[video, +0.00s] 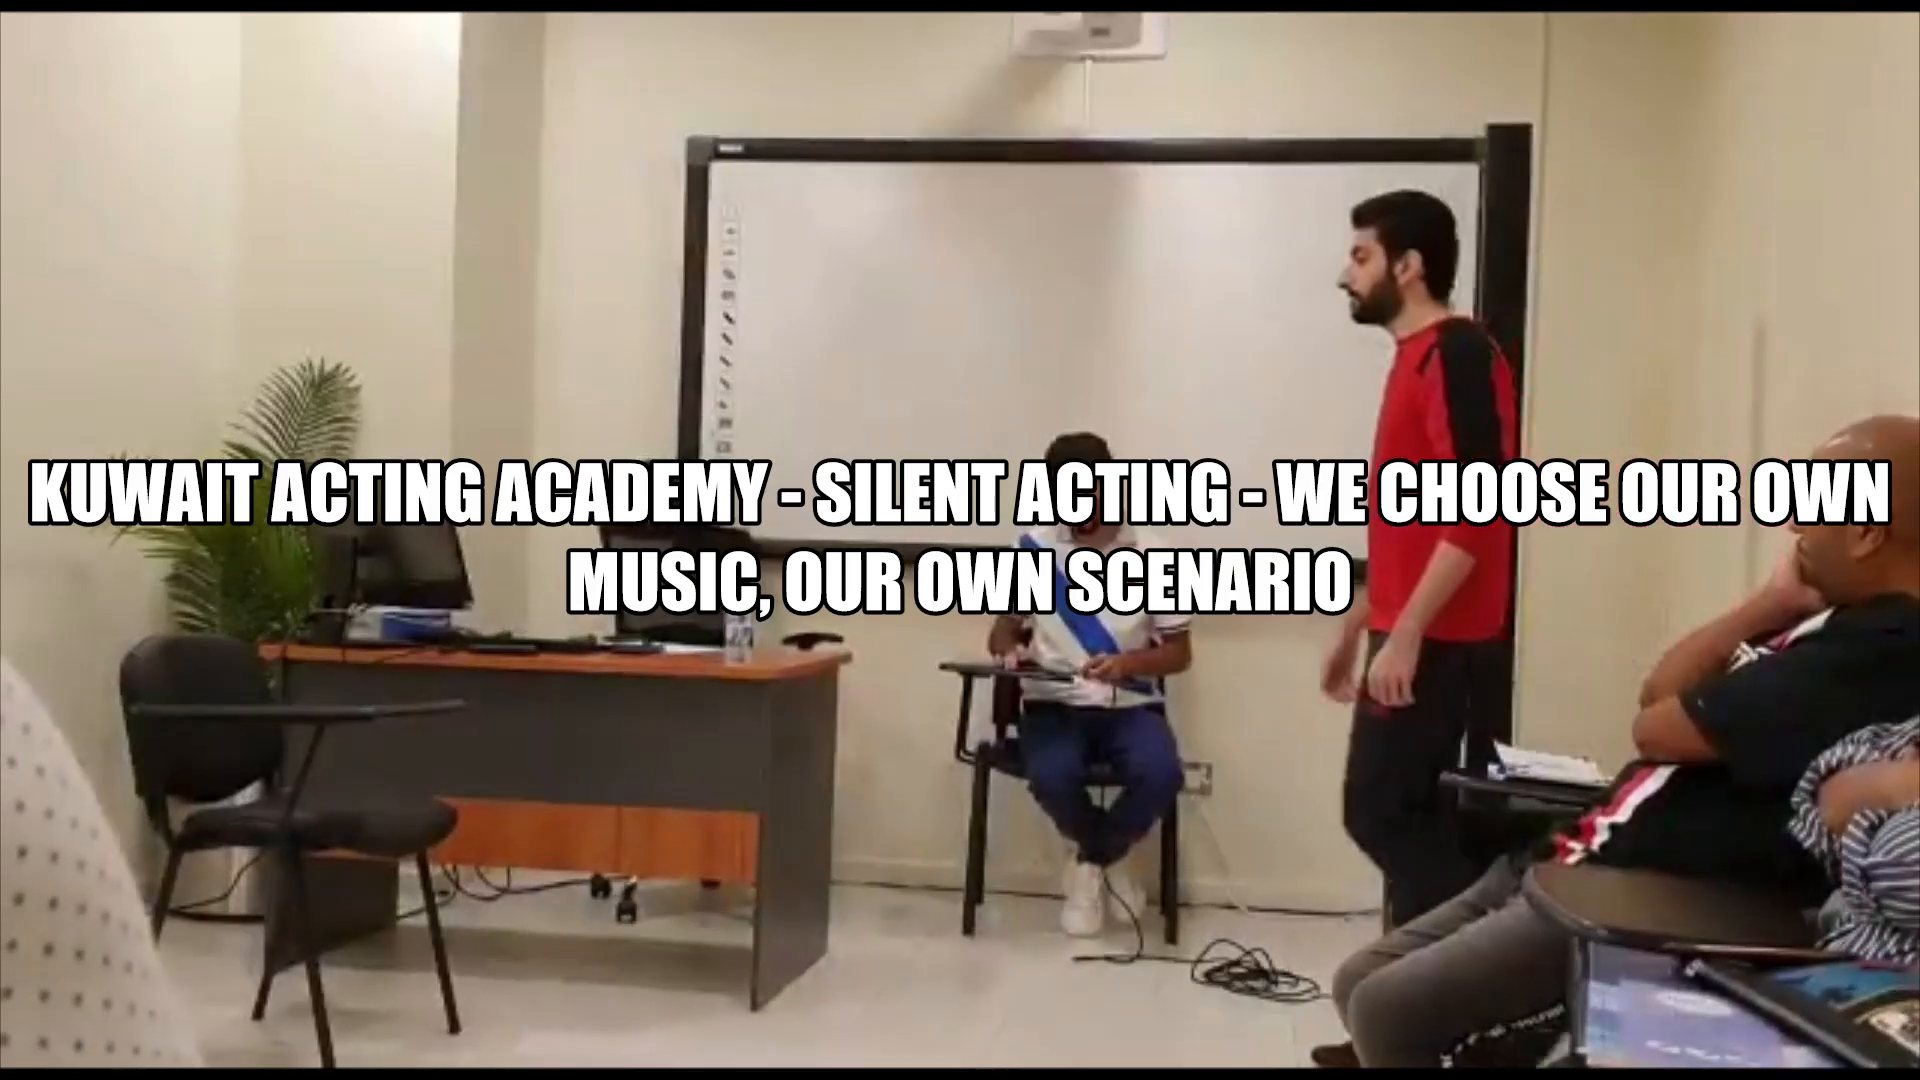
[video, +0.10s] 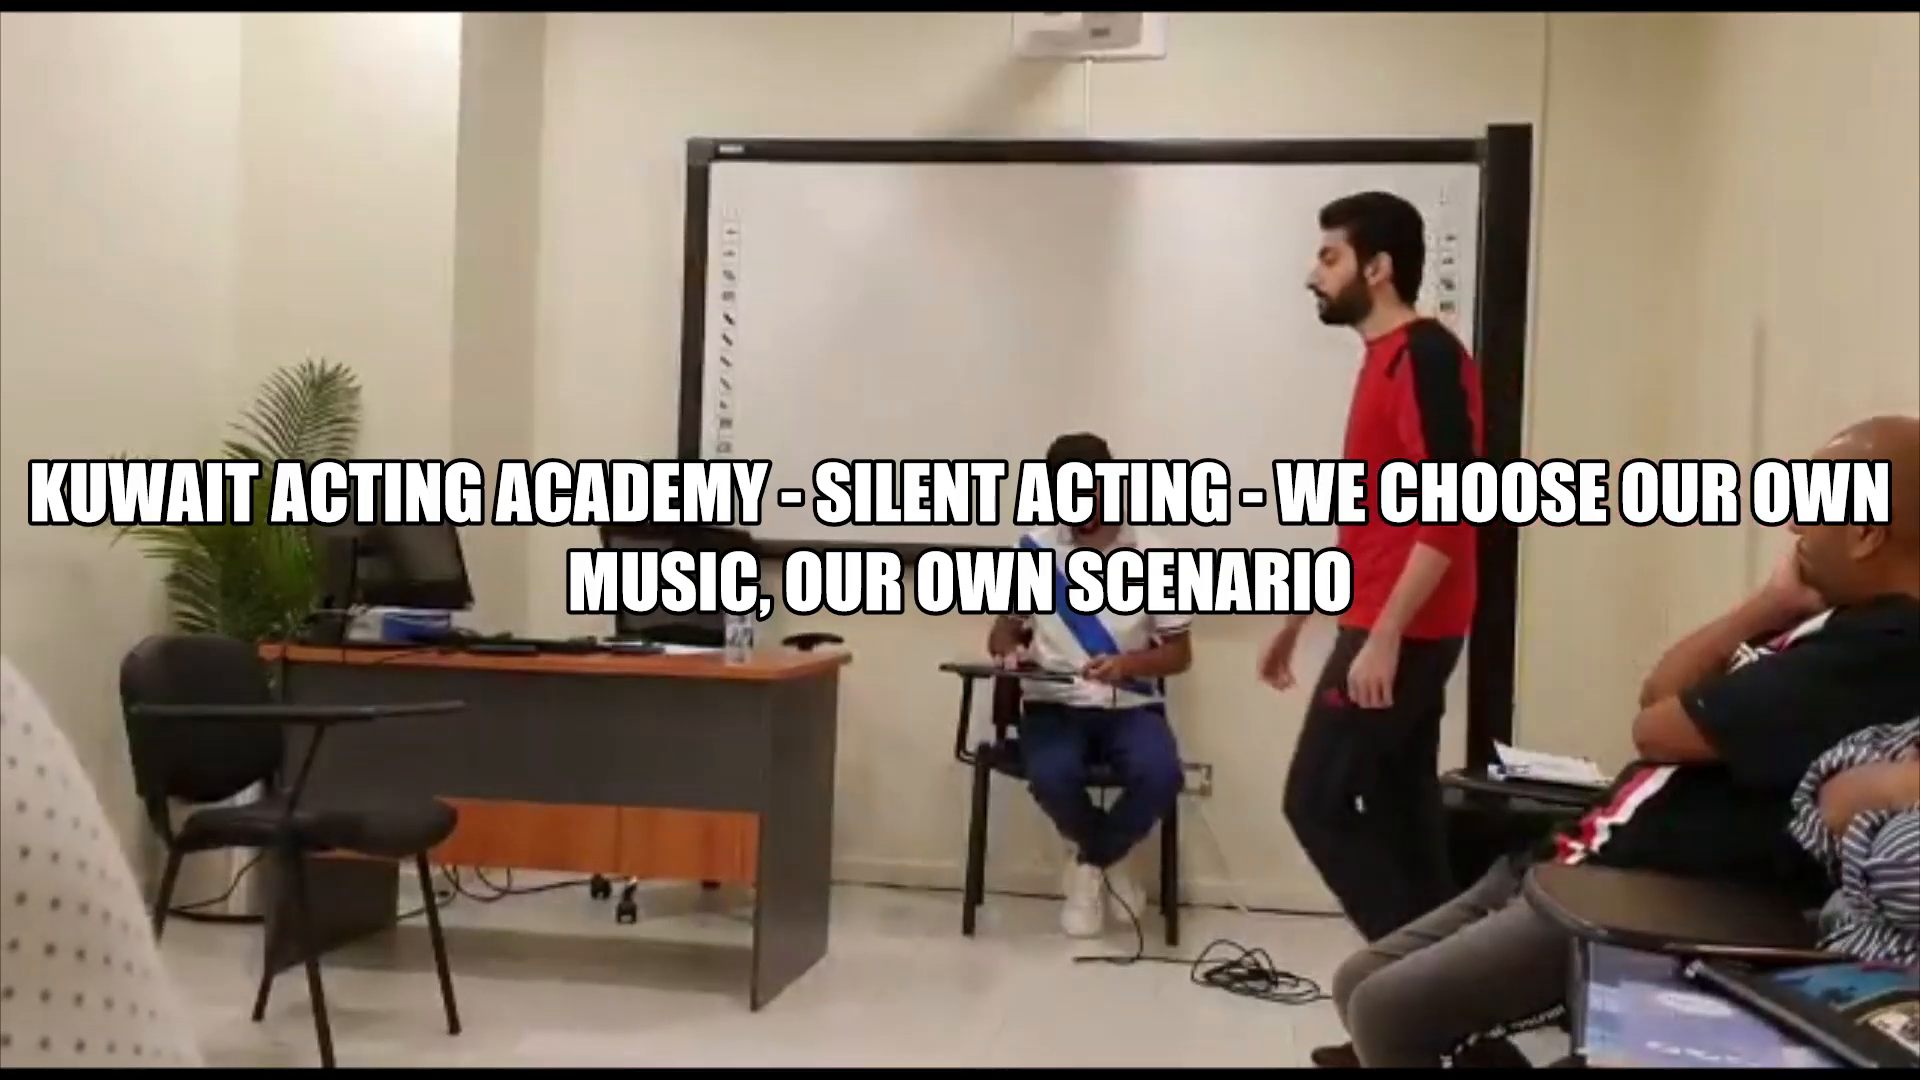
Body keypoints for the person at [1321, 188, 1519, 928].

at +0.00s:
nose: (1346, 273)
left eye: (1359, 256)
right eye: (1350, 255)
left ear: (1408, 265)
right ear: (1403, 266)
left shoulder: (1459, 353)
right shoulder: (1415, 357)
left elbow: (1474, 517)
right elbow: (1399, 520)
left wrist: (1407, 637)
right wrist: (1358, 626)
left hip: (1448, 643)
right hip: (1417, 640)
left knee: (1387, 815)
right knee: (1400, 815)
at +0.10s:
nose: (1315, 273)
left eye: (1329, 256)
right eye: (1318, 256)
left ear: (1379, 266)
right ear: (1376, 268)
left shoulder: (1427, 353)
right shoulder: (1384, 359)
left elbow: (1451, 514)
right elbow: (1364, 517)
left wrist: (1386, 633)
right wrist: (1300, 615)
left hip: (1402, 629)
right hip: (1387, 625)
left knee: (1315, 804)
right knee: (1403, 811)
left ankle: (1420, 967)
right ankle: (1445, 979)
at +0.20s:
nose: (1281, 275)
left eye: (1296, 260)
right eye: (1284, 260)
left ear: (1346, 271)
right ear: (1338, 273)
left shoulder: (1392, 359)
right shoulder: (1346, 363)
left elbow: (1415, 524)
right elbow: (1333, 520)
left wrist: (1362, 644)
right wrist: (1256, 610)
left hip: (1362, 633)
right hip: (1358, 628)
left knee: (1273, 810)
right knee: (1389, 826)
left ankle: (1298, 1022)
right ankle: (1429, 1020)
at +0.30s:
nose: (1239, 283)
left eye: (1255, 267)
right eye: (1243, 267)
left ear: (1308, 279)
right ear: (1299, 280)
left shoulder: (1352, 369)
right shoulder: (1307, 368)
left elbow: (1389, 518)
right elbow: (1299, 522)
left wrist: (1337, 651)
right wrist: (1223, 608)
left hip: (1324, 646)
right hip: (1318, 640)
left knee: (1245, 832)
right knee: (1376, 844)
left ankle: (1172, 1025)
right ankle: (1436, 1023)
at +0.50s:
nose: (1145, 289)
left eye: (1158, 272)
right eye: (1146, 272)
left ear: (1210, 277)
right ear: (1206, 280)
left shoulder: (1258, 369)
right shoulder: (1216, 368)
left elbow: (1288, 531)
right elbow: (1221, 529)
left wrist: (1253, 671)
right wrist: (1170, 646)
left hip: (1235, 646)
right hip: (1224, 640)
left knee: (1160, 822)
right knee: (1289, 815)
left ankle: (1128, 1023)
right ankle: (1399, 987)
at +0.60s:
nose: (1099, 289)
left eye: (1108, 271)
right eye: (1099, 272)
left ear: (1156, 273)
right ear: (1161, 274)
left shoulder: (1217, 359)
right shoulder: (1185, 358)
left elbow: (1234, 517)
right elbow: (1182, 521)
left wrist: (1190, 658)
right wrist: (1138, 644)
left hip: (1195, 637)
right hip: (1166, 634)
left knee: (1150, 826)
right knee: (1210, 812)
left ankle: (1127, 1027)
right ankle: (1361, 976)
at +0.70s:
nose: (1060, 294)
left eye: (1068, 276)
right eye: (1059, 277)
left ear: (1113, 274)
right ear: (1122, 275)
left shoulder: (1173, 361)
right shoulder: (1160, 355)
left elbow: (1169, 520)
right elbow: (1155, 513)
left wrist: (1118, 649)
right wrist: (1117, 639)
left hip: (1167, 626)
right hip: (1153, 623)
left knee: (1134, 810)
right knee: (1139, 806)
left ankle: (1126, 1025)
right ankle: (1290, 954)